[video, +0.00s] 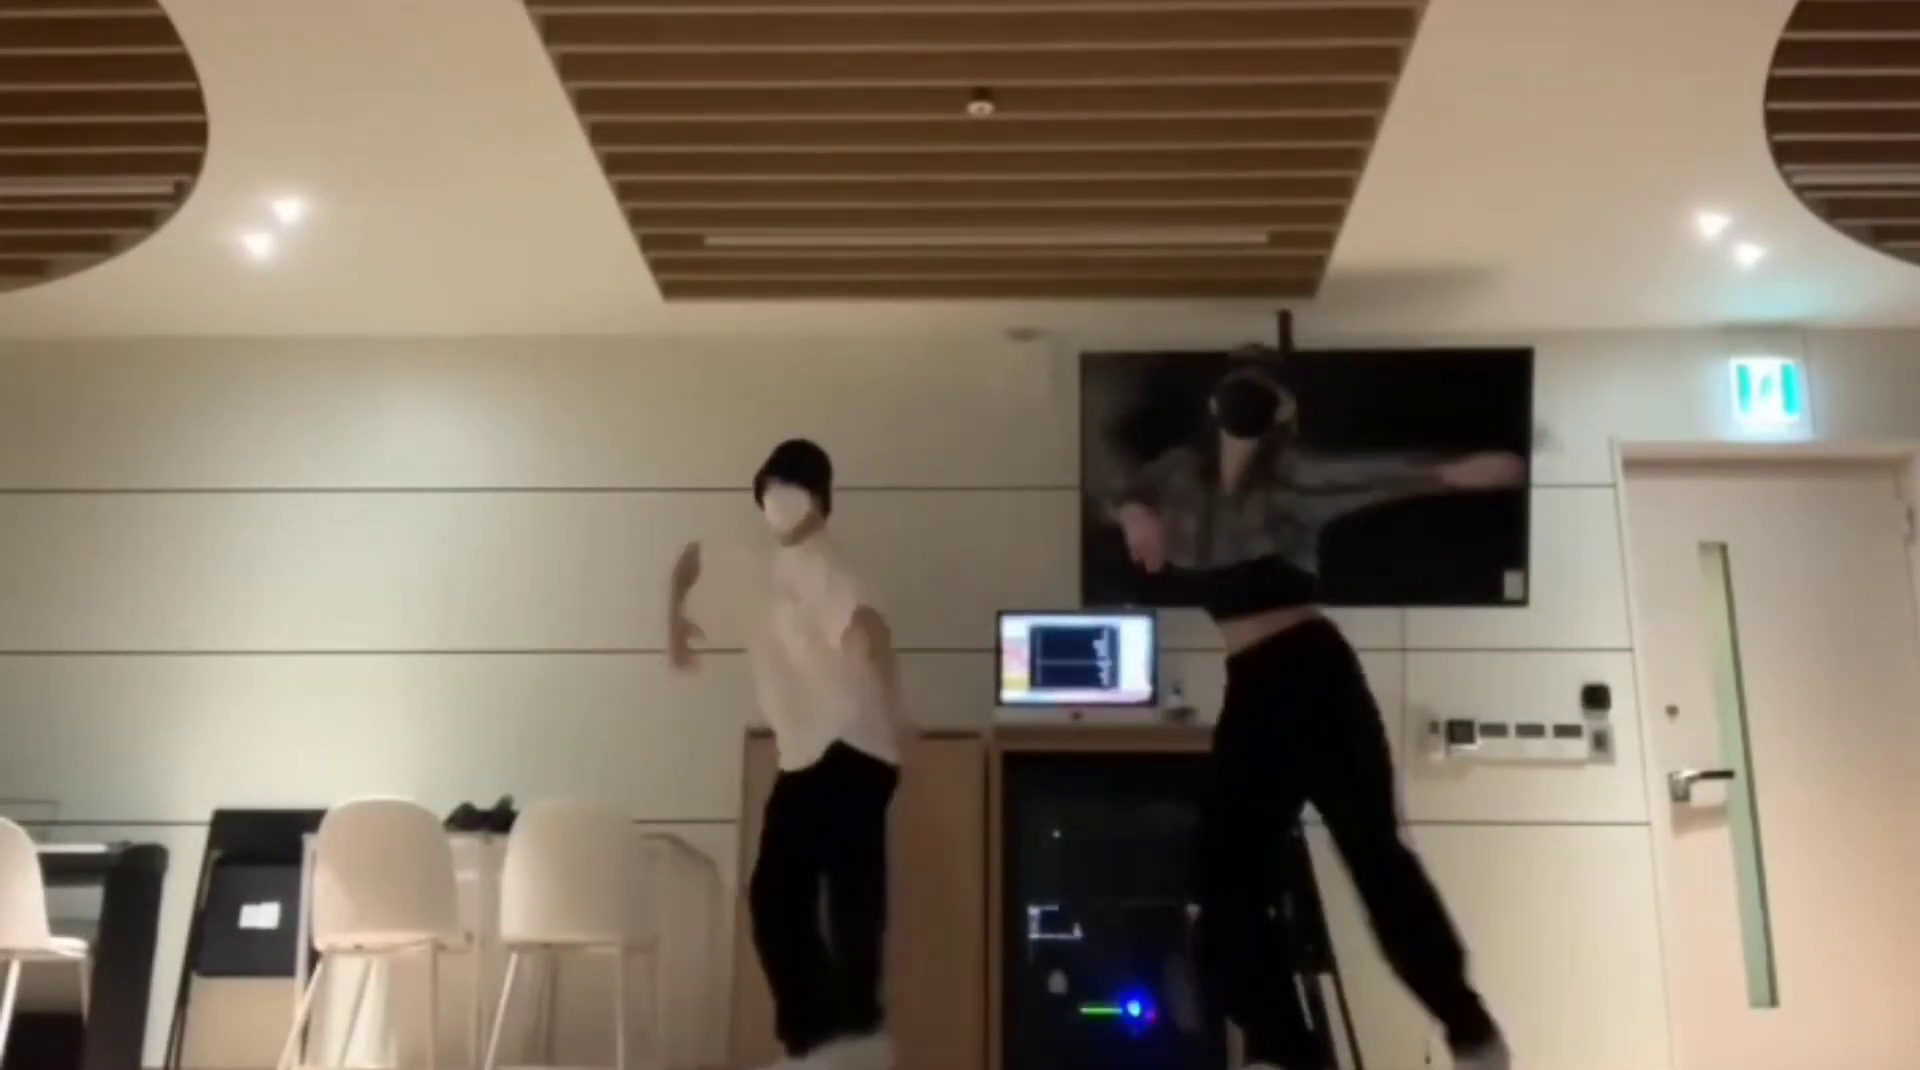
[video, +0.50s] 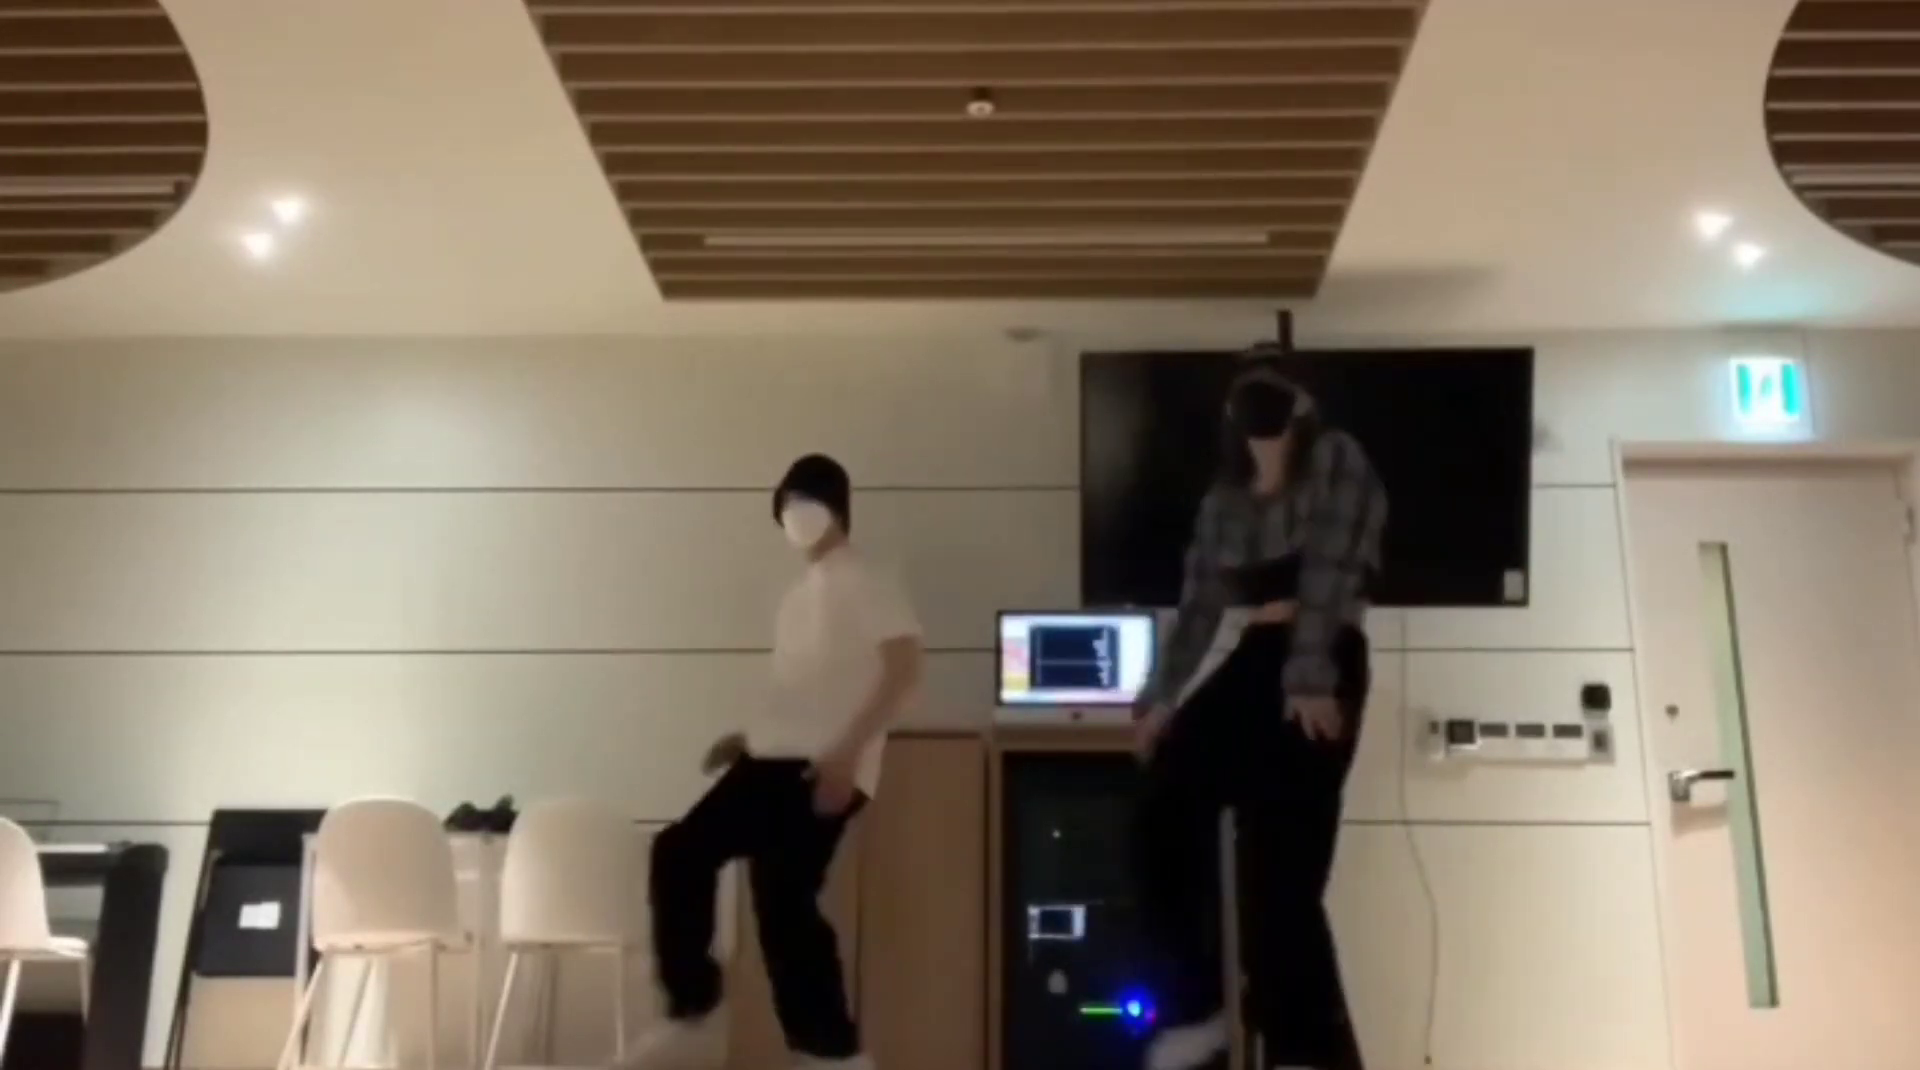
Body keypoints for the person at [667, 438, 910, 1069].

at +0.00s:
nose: (780, 504)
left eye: (795, 491)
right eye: (770, 492)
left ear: (820, 500)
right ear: (759, 502)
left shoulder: (825, 563)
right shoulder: (776, 572)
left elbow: (871, 627)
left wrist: (895, 715)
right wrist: (678, 606)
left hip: (850, 745)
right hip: (806, 751)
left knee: (778, 892)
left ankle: (826, 1033)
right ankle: (844, 1027)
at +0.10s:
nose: (774, 489)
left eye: (789, 478)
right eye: (767, 477)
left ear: (817, 491)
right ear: (754, 483)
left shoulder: (809, 553)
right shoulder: (757, 544)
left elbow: (885, 615)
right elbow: (733, 588)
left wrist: (941, 696)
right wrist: (734, 626)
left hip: (848, 742)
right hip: (801, 748)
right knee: (782, 901)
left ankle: (928, 1027)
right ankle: (816, 1044)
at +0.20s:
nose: (774, 477)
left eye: (787, 463)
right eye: (766, 466)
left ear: (814, 475)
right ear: (758, 478)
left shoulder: (816, 549)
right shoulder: (774, 548)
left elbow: (907, 611)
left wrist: (969, 692)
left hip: (833, 742)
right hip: (791, 742)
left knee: (897, 875)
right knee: (790, 898)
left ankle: (965, 1015)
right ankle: (818, 1044)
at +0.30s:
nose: (781, 477)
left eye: (791, 462)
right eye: (772, 467)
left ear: (820, 465)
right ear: (768, 477)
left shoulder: (849, 539)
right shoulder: (801, 541)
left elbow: (896, 623)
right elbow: (872, 625)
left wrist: (939, 709)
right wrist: (842, 681)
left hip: (817, 737)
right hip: (781, 738)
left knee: (863, 877)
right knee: (787, 893)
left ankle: (924, 1022)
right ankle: (817, 1038)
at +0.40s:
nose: (787, 489)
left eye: (794, 473)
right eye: (779, 479)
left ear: (823, 472)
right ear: (780, 487)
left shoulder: (869, 546)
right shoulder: (809, 550)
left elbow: (894, 633)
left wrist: (902, 717)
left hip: (819, 736)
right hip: (771, 734)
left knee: (828, 882)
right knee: (753, 886)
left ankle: (863, 1033)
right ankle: (803, 1028)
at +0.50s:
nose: (794, 519)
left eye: (805, 504)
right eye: (786, 508)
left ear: (834, 508)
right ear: (781, 519)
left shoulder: (867, 579)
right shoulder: (799, 592)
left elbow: (903, 667)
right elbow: (799, 686)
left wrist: (845, 758)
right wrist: (748, 740)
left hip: (819, 773)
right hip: (766, 766)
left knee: (785, 897)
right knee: (678, 853)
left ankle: (830, 1050)